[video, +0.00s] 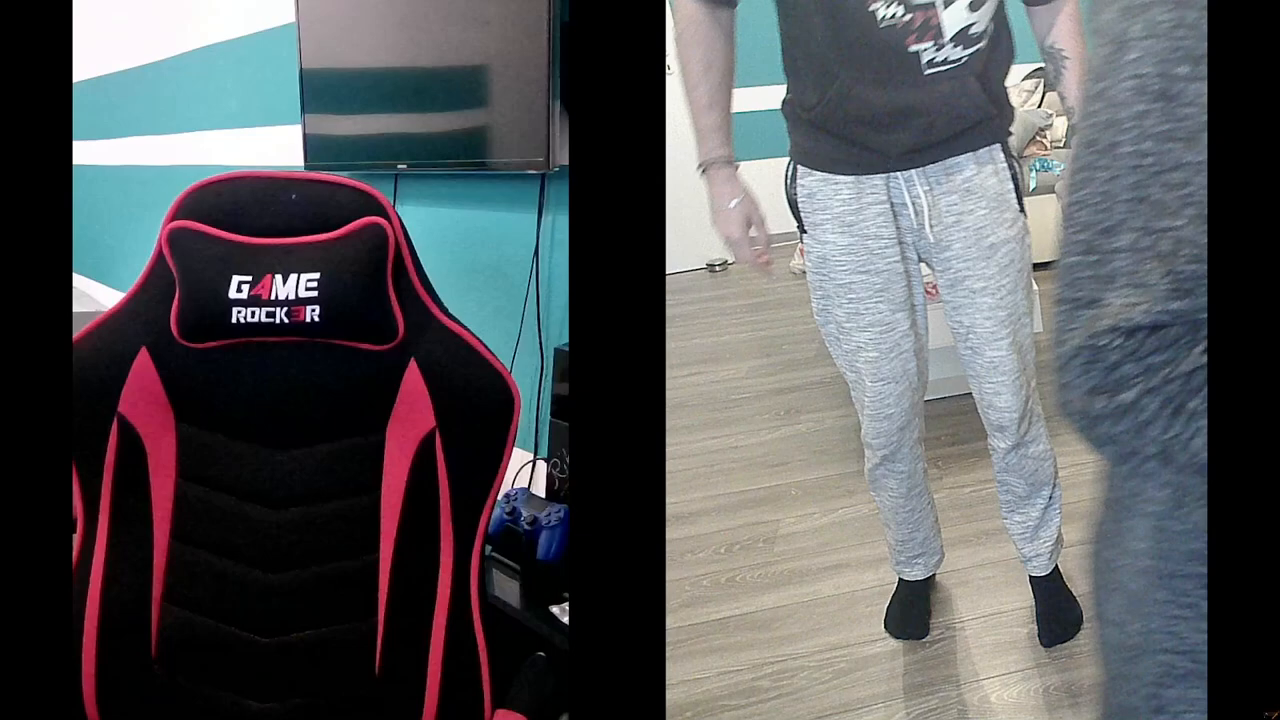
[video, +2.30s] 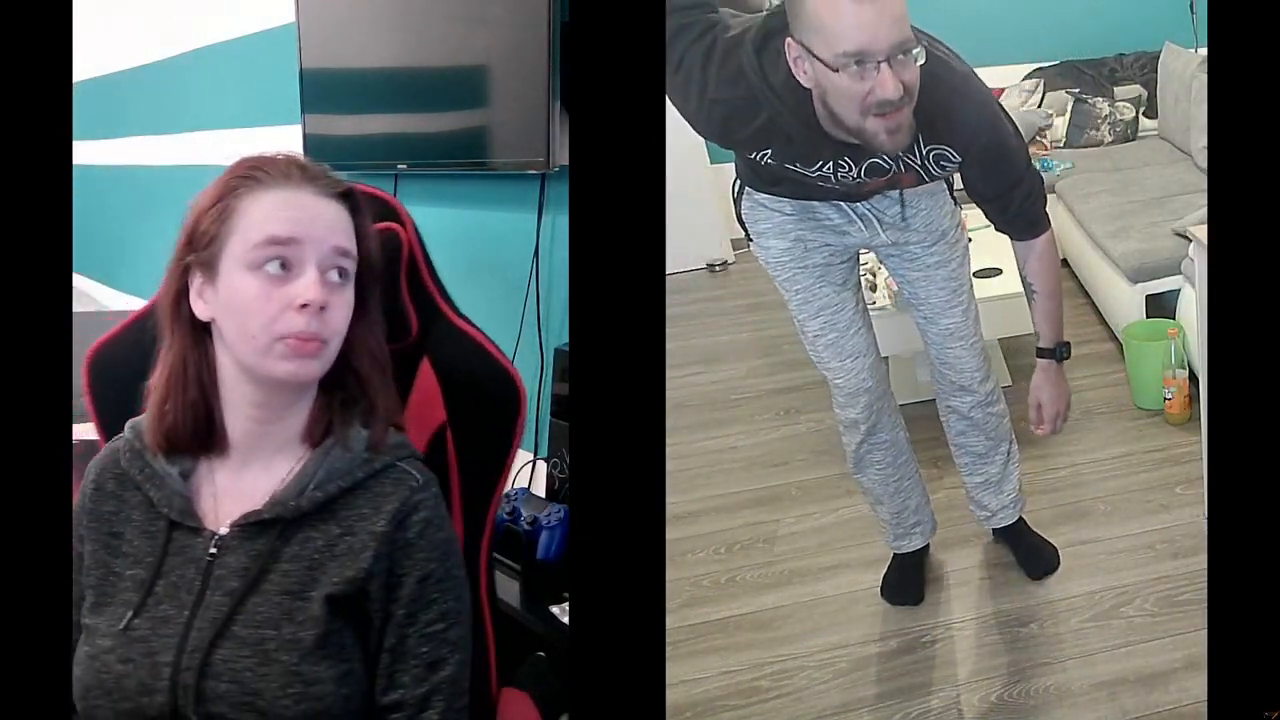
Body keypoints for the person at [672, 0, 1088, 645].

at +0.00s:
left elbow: (1051, 6)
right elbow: (702, 5)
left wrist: (1087, 118)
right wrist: (718, 166)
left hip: (967, 154)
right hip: (838, 174)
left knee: (1009, 399)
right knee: (884, 414)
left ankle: (1042, 561)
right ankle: (914, 563)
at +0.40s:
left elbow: (1031, 56)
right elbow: (675, 69)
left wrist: (1056, 194)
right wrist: (692, 221)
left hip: (938, 164)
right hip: (812, 188)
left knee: (980, 379)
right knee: (867, 406)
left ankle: (1015, 532)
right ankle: (910, 563)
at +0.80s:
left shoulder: (1027, 11)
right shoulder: (778, 3)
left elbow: (1069, 141)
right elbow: (713, 50)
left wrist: (1070, 286)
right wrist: (737, 206)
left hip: (957, 174)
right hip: (831, 182)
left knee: (982, 376)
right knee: (871, 390)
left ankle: (1010, 531)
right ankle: (909, 555)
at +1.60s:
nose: (905, 6)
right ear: (829, 1)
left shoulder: (972, 24)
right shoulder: (743, 27)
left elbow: (1043, 147)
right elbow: (676, 142)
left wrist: (1068, 285)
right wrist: (728, 292)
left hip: (924, 175)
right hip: (803, 188)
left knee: (966, 362)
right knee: (862, 384)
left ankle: (1010, 526)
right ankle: (908, 533)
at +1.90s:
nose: (889, 34)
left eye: (898, 4)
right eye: (854, 11)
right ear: (799, 16)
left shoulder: (956, 67)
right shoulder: (729, 69)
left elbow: (1022, 192)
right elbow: (667, 144)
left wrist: (1029, 326)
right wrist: (683, 280)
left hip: (907, 181)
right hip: (783, 198)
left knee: (958, 358)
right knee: (853, 387)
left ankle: (1004, 508)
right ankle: (907, 535)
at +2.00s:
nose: (895, 48)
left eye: (906, 17)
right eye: (861, 25)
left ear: (922, 10)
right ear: (802, 27)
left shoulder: (961, 81)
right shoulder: (727, 76)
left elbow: (1022, 202)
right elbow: (668, 100)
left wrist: (1030, 335)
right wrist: (679, 192)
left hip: (909, 189)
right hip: (785, 203)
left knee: (959, 363)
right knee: (854, 386)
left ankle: (1004, 511)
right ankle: (908, 535)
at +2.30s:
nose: (890, 87)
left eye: (901, 55)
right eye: (855, 65)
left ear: (916, 41)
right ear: (802, 65)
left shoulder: (958, 100)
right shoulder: (730, 85)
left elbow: (1029, 221)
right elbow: (679, 14)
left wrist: (1052, 355)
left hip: (917, 190)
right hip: (792, 204)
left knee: (965, 365)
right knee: (857, 390)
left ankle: (1003, 511)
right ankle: (909, 537)